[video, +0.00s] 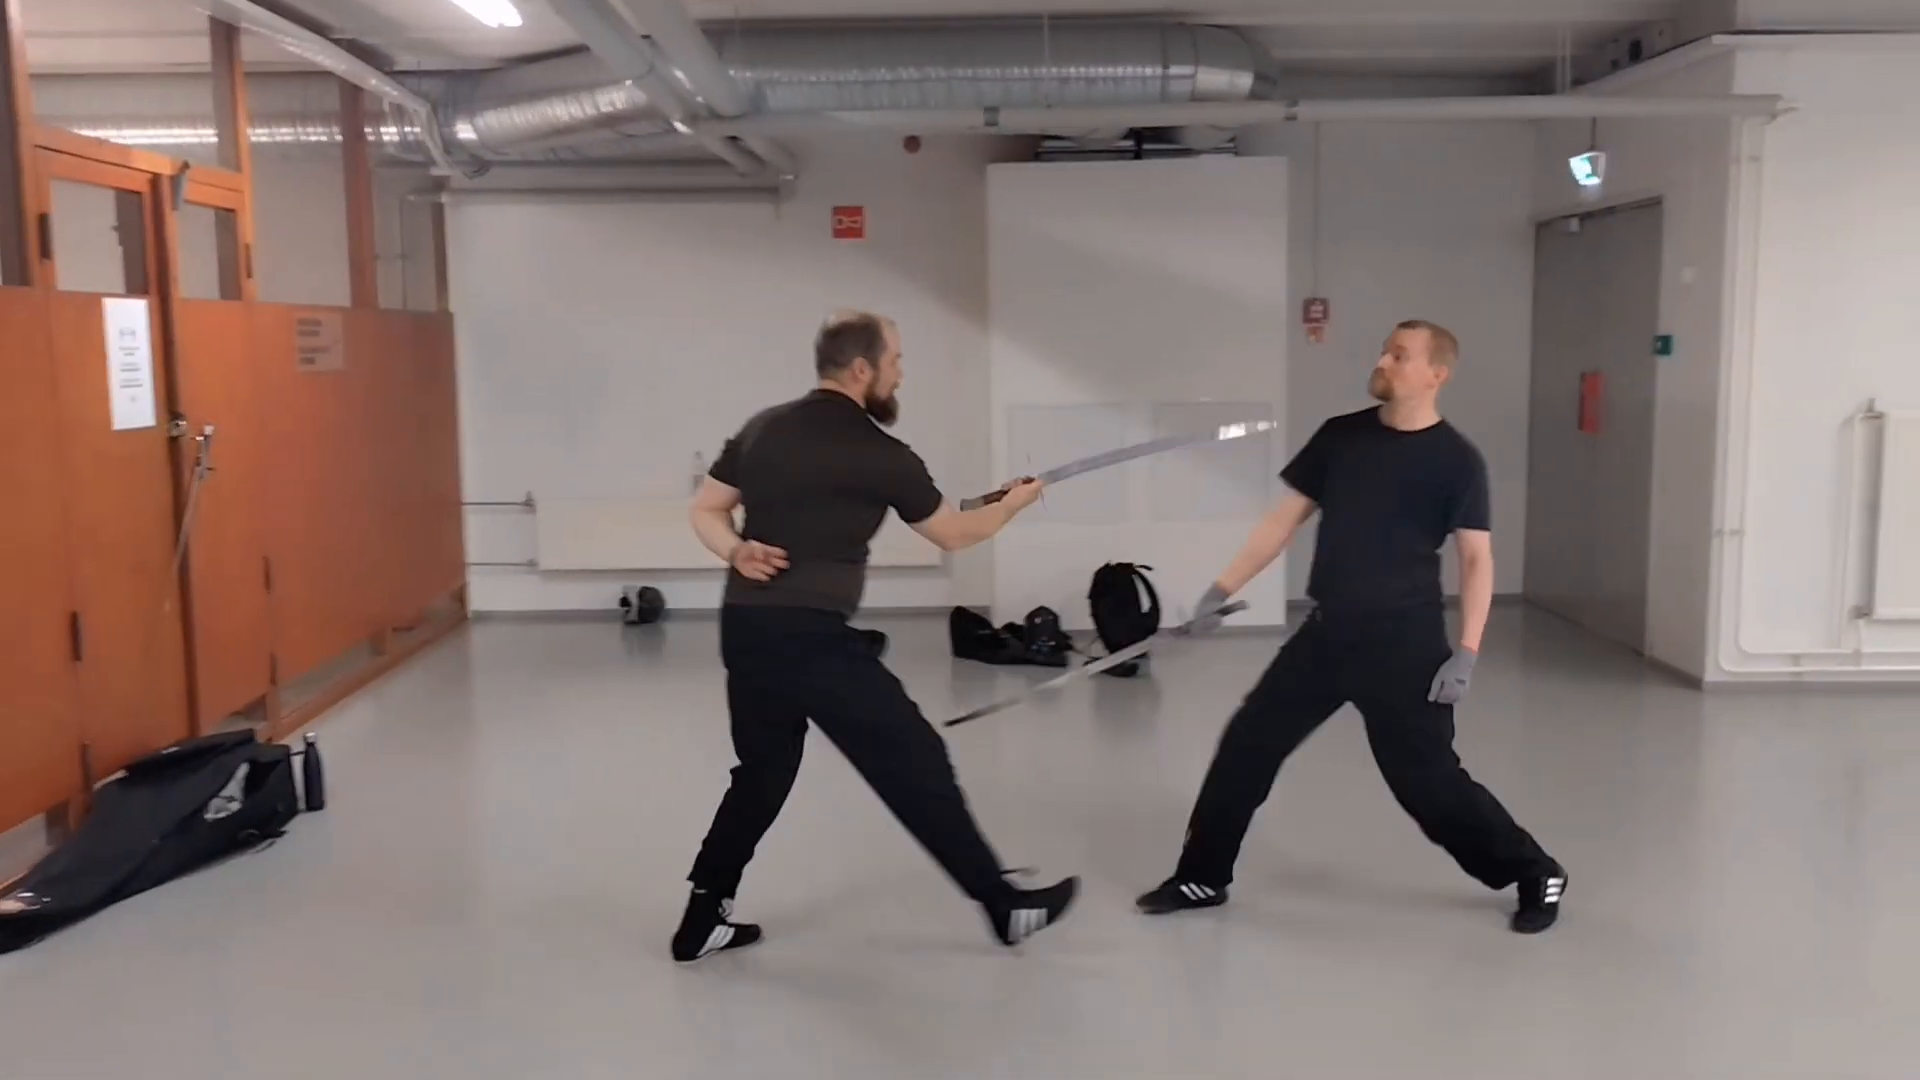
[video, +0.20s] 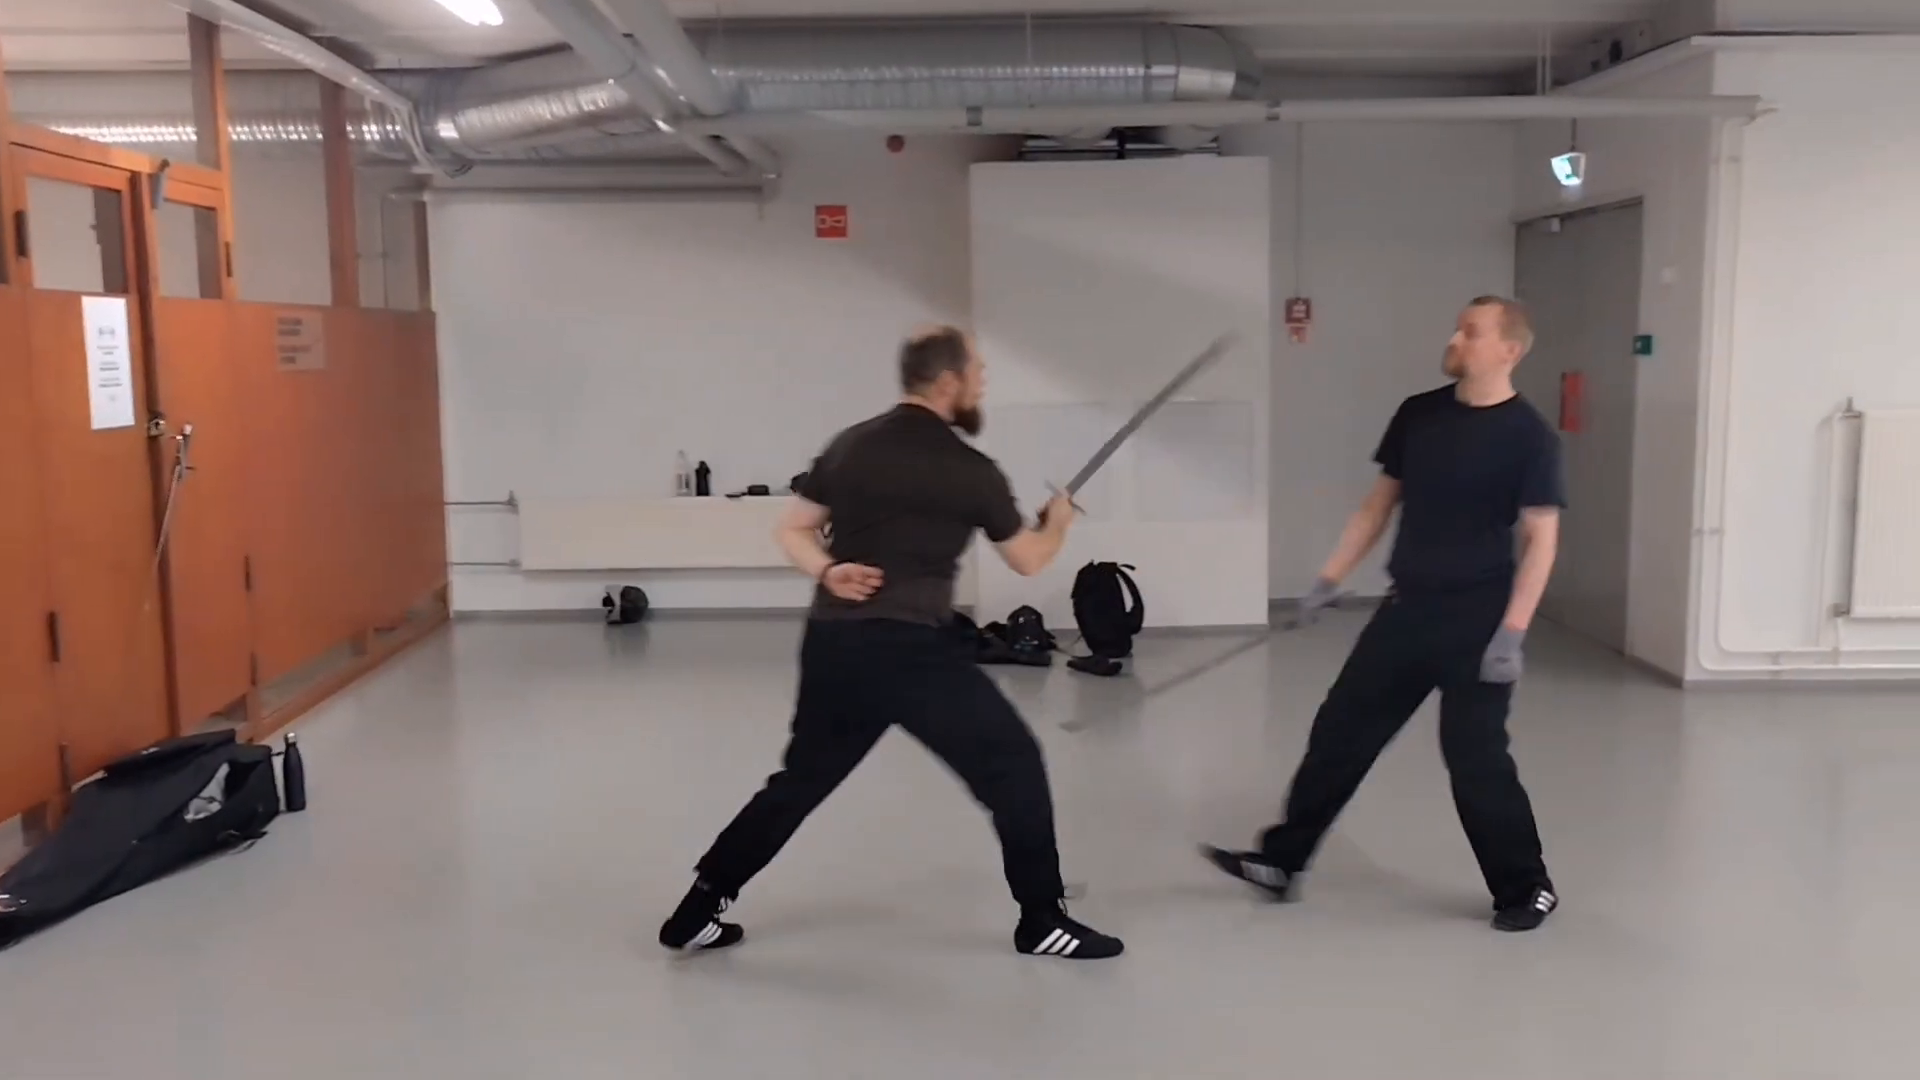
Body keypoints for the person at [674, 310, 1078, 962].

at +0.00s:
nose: (901, 372)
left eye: (899, 360)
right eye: (894, 361)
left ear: (835, 370)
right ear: (861, 369)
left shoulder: (766, 429)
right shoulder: (880, 453)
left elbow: (706, 509)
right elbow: (951, 532)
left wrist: (735, 549)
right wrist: (1011, 505)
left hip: (746, 631)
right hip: (815, 633)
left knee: (763, 771)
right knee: (913, 757)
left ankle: (700, 920)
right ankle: (1003, 902)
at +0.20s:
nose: (982, 383)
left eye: (978, 371)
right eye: (976, 372)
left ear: (912, 381)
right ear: (952, 381)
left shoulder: (853, 446)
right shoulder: (967, 468)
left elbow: (791, 529)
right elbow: (1027, 557)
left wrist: (826, 568)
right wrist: (1058, 522)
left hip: (834, 646)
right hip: (913, 649)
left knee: (802, 779)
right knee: (1013, 762)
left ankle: (696, 909)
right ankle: (1042, 920)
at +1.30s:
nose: (824, 350)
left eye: (820, 337)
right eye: (813, 337)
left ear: (776, 350)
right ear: (774, 347)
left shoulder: (760, 413)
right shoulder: (732, 404)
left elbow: (715, 501)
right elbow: (674, 499)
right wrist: (683, 595)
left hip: (727, 605)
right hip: (688, 603)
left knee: (763, 752)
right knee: (724, 750)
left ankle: (734, 896)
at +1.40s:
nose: (785, 353)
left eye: (781, 340)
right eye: (774, 341)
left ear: (736, 352)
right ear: (736, 352)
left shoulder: (724, 418)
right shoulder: (696, 409)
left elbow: (670, 508)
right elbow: (637, 504)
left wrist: (635, 525)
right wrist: (653, 603)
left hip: (688, 614)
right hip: (638, 613)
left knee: (738, 749)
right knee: (619, 761)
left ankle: (727, 897)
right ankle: (503, 887)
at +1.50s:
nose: (740, 362)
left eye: (736, 349)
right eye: (728, 350)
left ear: (693, 362)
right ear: (689, 361)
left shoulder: (680, 431)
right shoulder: (646, 422)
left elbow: (637, 519)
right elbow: (595, 520)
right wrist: (626, 615)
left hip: (651, 629)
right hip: (594, 630)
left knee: (713, 752)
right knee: (537, 767)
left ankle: (720, 897)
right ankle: (424, 899)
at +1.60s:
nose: (690, 371)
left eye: (687, 358)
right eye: (679, 357)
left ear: (641, 369)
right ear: (635, 366)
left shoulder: (636, 446)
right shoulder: (587, 429)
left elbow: (599, 539)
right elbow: (541, 528)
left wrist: (605, 617)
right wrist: (579, 621)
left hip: (605, 633)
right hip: (540, 634)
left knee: (677, 756)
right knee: (487, 778)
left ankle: (713, 896)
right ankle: (396, 918)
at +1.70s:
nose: (647, 367)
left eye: (644, 354)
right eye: (635, 354)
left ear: (601, 367)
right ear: (592, 365)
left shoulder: (604, 453)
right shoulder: (530, 428)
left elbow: (561, 542)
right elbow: (478, 527)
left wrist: (552, 624)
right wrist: (501, 627)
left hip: (559, 634)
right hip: (490, 634)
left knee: (625, 760)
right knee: (453, 785)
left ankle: (694, 891)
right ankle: (388, 923)